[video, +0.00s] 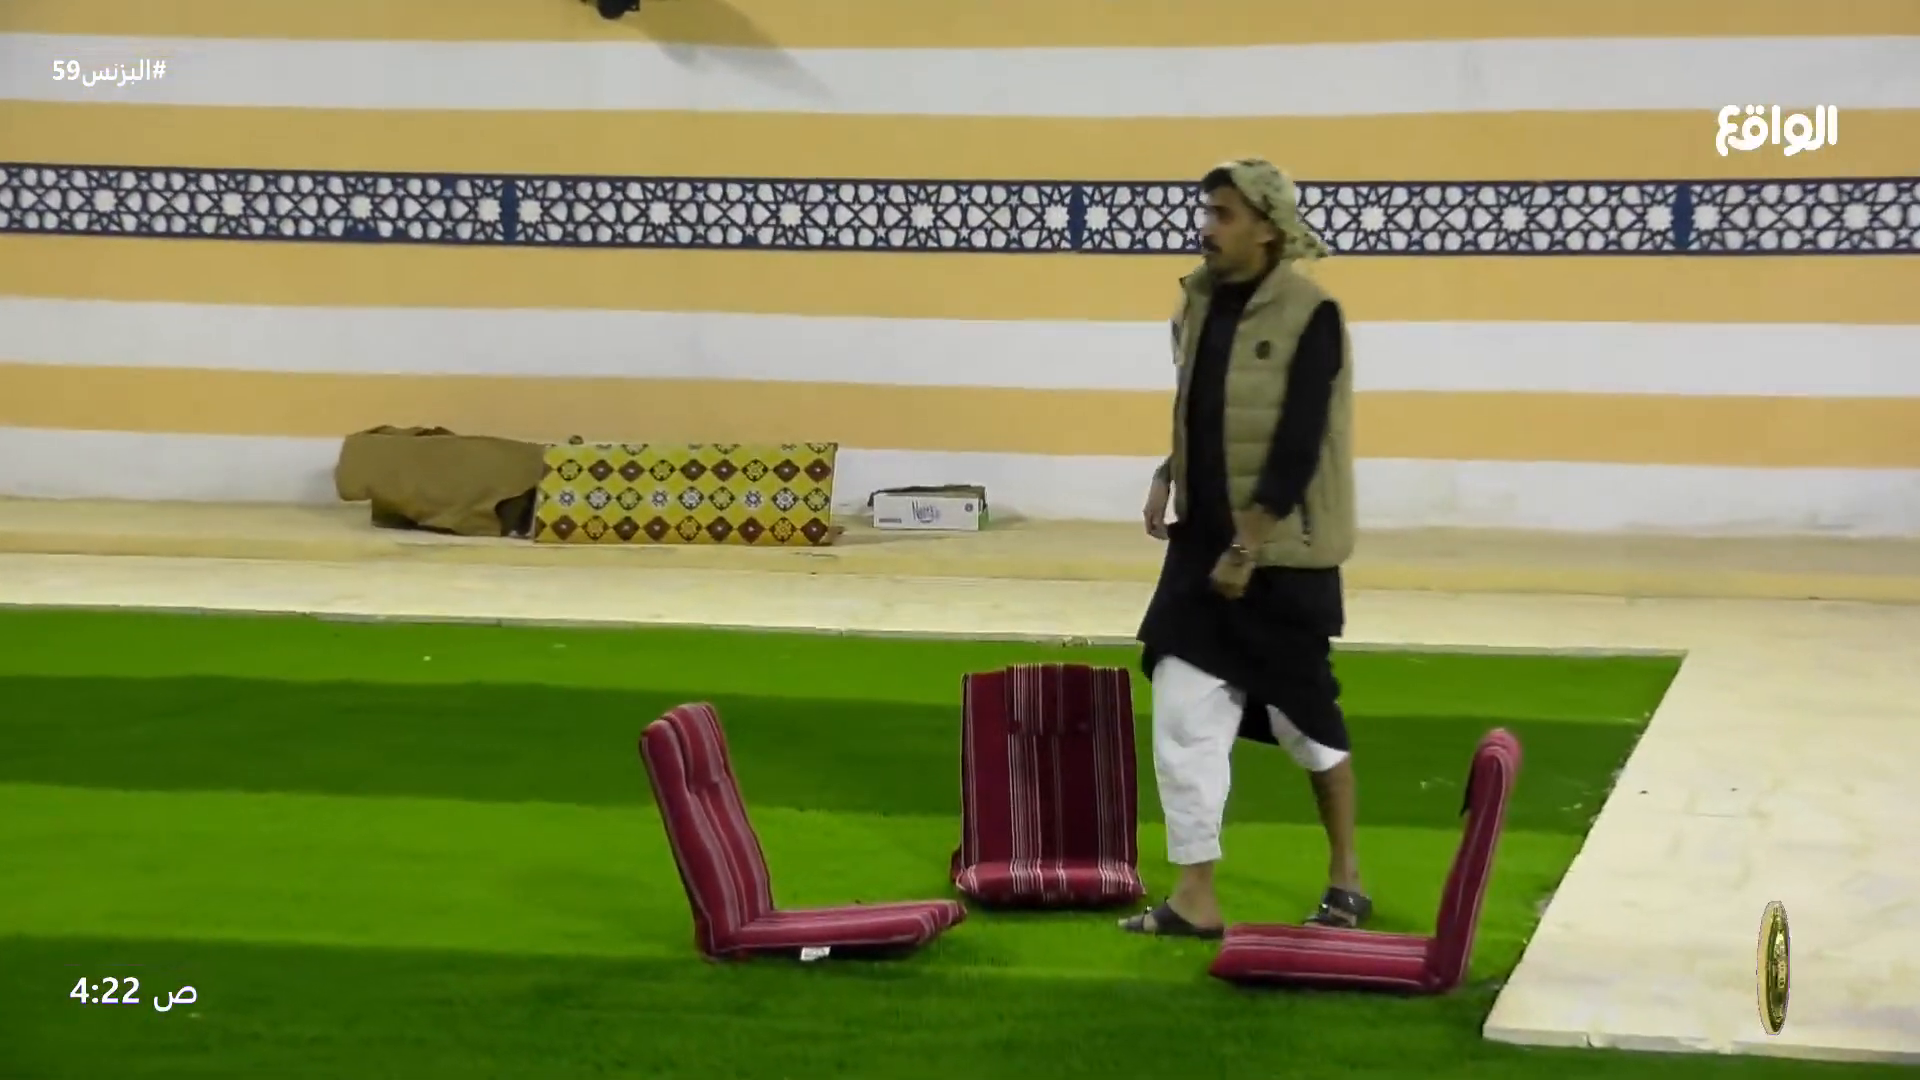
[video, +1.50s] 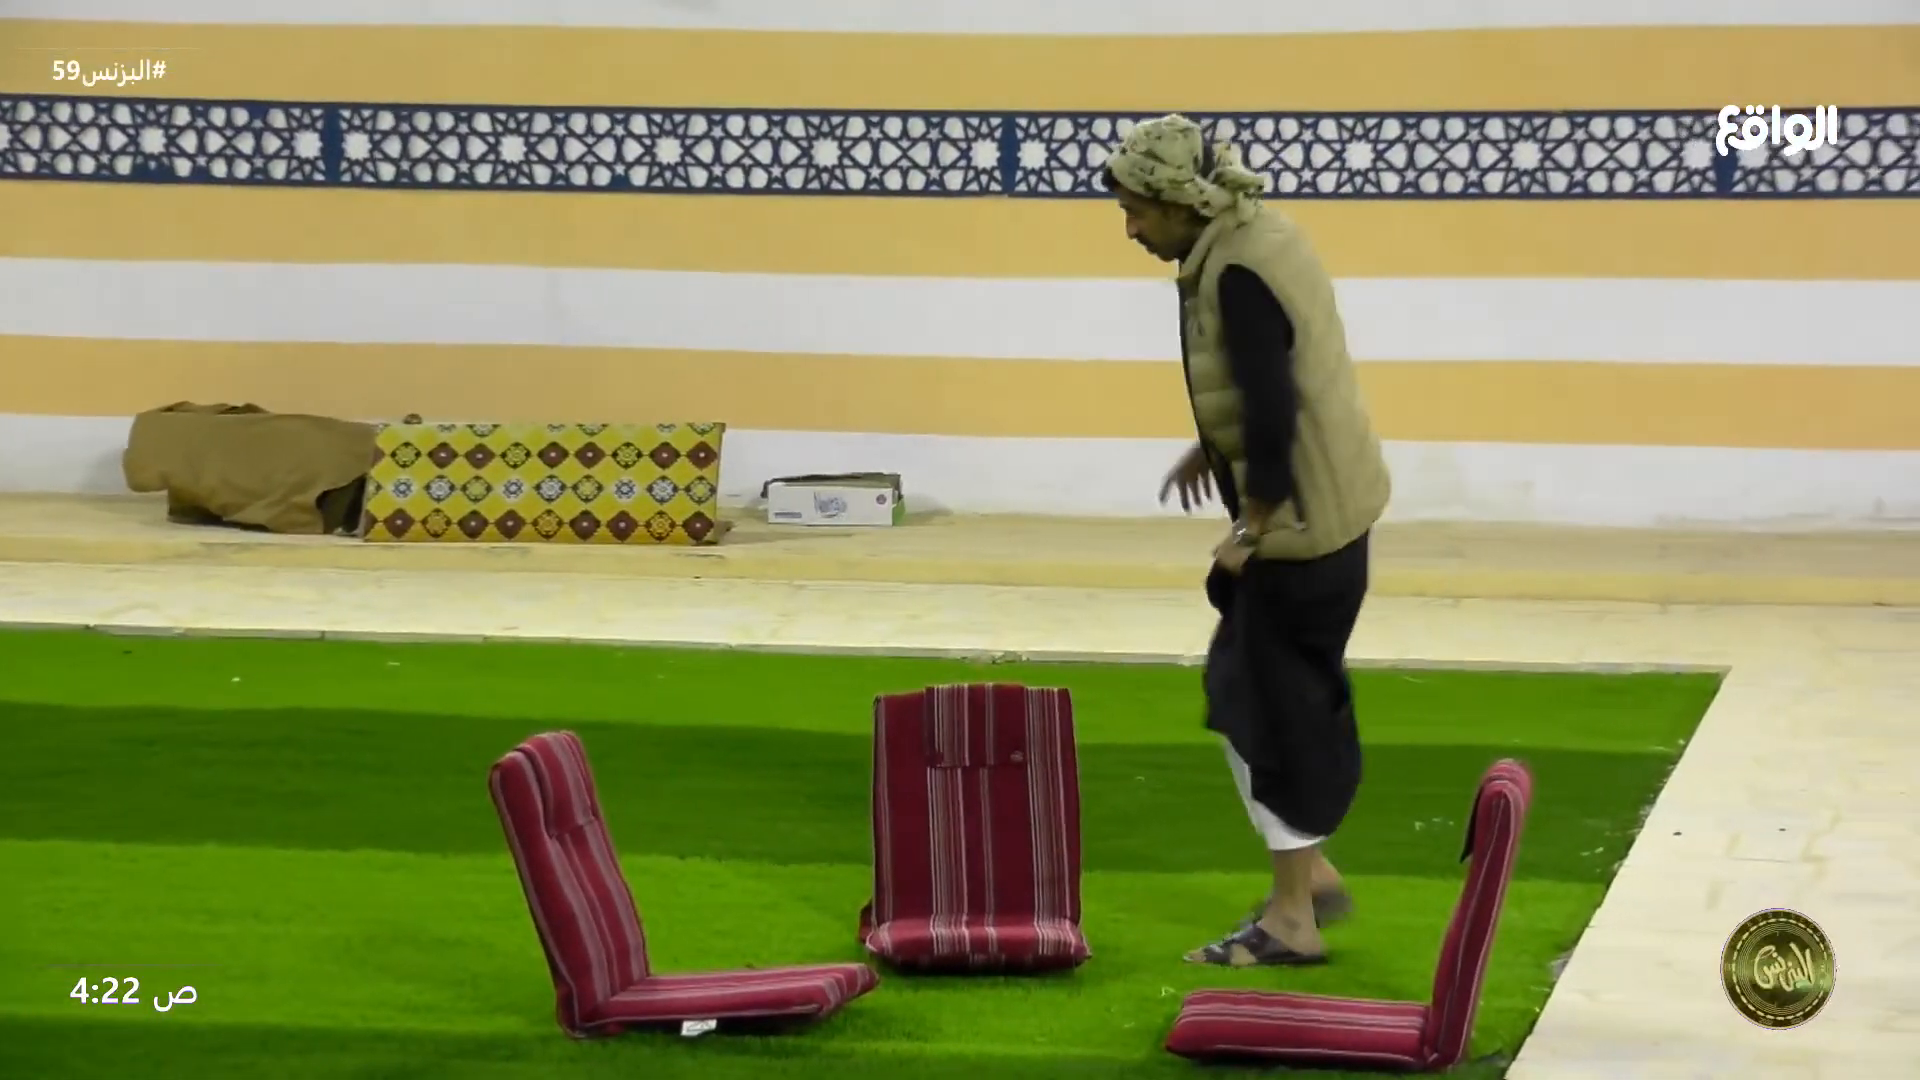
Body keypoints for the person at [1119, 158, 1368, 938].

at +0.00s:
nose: (1207, 227)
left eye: (1222, 215)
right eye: (1207, 213)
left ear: (1267, 226)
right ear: (1220, 224)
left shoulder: (1310, 311)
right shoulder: (1199, 303)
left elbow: (1299, 442)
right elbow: (1202, 415)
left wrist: (1247, 541)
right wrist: (1168, 474)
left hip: (1290, 556)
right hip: (1204, 547)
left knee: (1309, 720)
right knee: (1184, 711)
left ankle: (1345, 881)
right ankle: (1196, 899)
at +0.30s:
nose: (1293, 208)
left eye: (1309, 195)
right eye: (1289, 193)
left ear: (1357, 200)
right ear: (1289, 196)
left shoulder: (1406, 295)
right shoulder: (1268, 278)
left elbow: (1424, 434)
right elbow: (1200, 370)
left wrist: (1370, 536)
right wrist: (1119, 456)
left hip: (1360, 555)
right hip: (1261, 547)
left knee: (1362, 735)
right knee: (1211, 691)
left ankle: (1373, 911)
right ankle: (1258, 876)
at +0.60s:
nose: (1315, 182)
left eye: (1331, 165)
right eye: (1310, 166)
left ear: (1383, 168)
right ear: (1312, 174)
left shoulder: (1439, 267)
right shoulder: (1298, 262)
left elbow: (1460, 417)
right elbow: (1231, 360)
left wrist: (1410, 527)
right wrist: (1152, 445)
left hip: (1410, 540)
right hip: (1320, 538)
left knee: (1402, 721)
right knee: (1335, 720)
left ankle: (1408, 928)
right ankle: (1397, 896)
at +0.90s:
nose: (1225, 200)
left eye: (1236, 181)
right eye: (1219, 184)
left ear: (1290, 172)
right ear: (1251, 184)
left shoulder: (1388, 237)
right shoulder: (1253, 274)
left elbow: (1447, 373)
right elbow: (1241, 407)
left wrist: (1402, 487)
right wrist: (1211, 535)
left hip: (1408, 513)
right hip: (1323, 525)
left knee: (1370, 696)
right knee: (1347, 705)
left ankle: (1404, 913)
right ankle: (1393, 903)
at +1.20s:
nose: (1167, 220)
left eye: (1175, 200)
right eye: (1162, 204)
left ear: (1231, 184)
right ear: (1209, 194)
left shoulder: (1328, 237)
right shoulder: (1218, 281)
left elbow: (1392, 366)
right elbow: (1248, 420)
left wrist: (1349, 486)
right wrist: (1265, 536)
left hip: (1369, 515)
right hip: (1300, 523)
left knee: (1329, 700)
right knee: (1321, 699)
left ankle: (1337, 912)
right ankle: (1365, 897)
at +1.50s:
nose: (1130, 230)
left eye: (1134, 213)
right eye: (1126, 215)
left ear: (1177, 198)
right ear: (1187, 196)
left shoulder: (1236, 271)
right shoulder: (1253, 239)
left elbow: (1272, 402)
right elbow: (1265, 374)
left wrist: (1252, 523)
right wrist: (1215, 443)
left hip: (1304, 534)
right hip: (1312, 515)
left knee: (1267, 706)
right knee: (1239, 686)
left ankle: (1292, 917)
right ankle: (1310, 873)